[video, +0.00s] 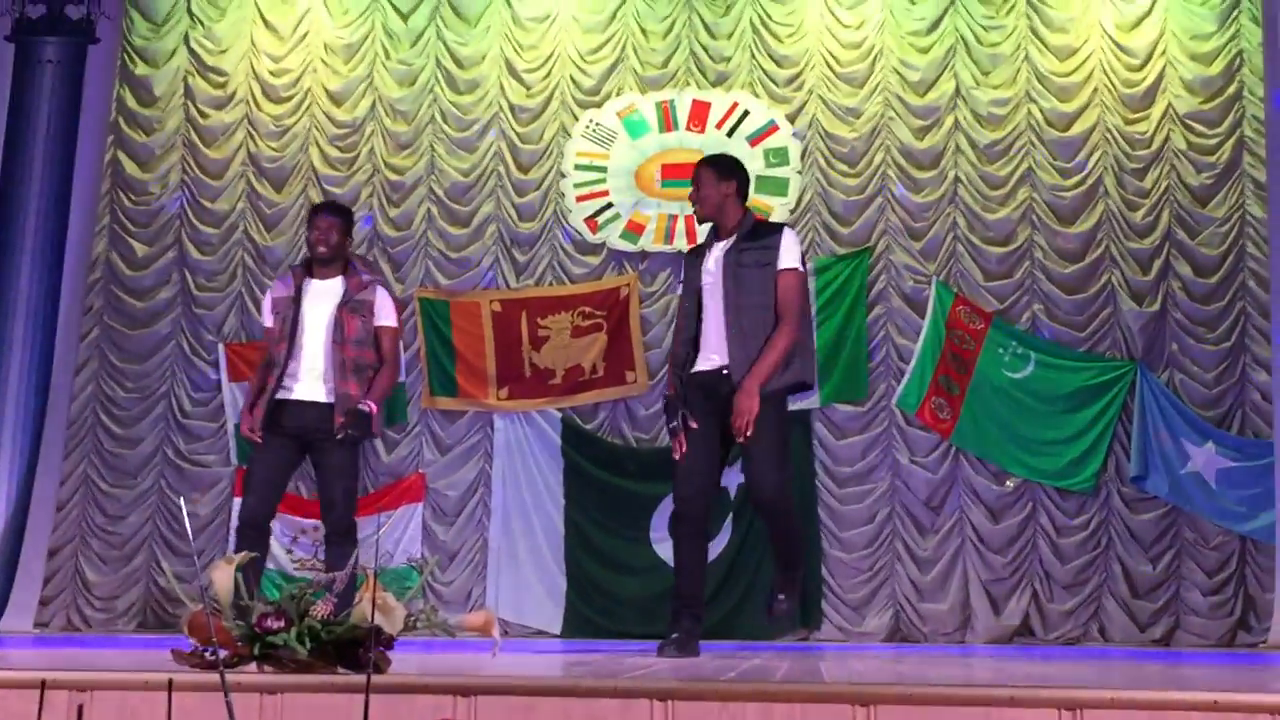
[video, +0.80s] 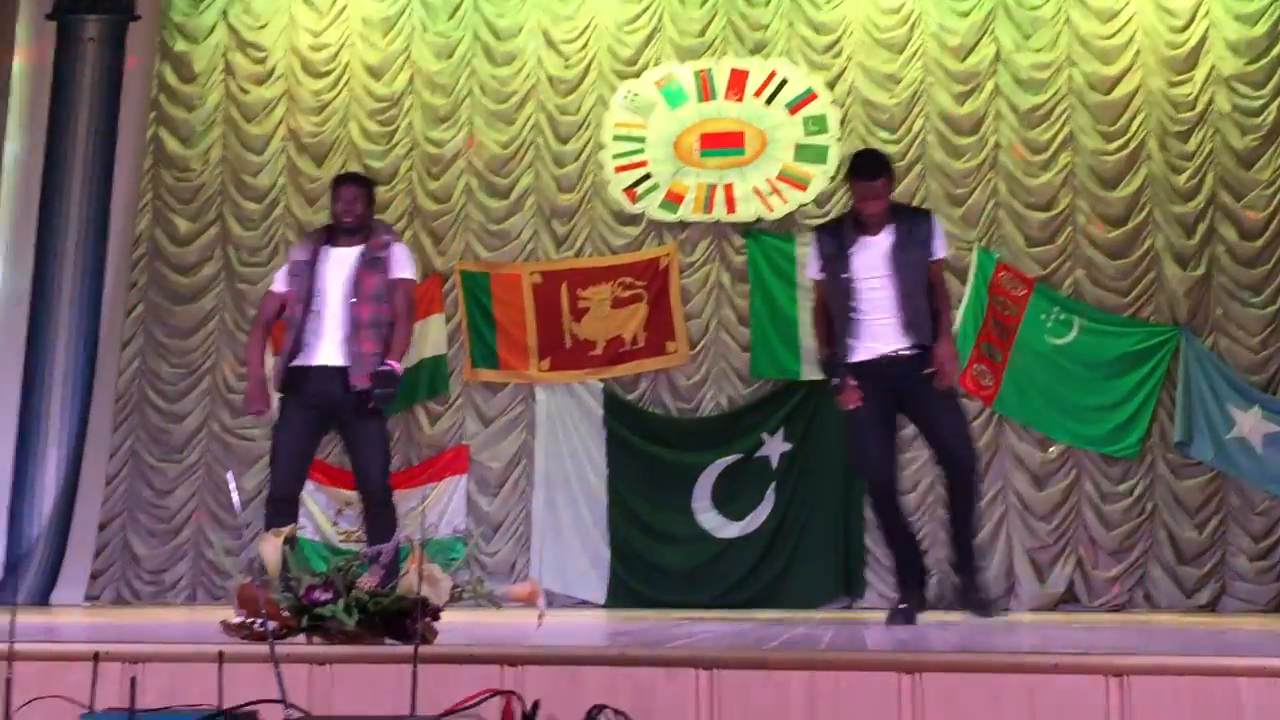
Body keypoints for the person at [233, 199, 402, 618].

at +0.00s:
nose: (321, 238)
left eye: (331, 231)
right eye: (315, 230)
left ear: (347, 239)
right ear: (306, 236)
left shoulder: (372, 293)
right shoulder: (283, 288)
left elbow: (391, 362)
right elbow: (272, 357)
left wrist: (368, 406)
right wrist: (254, 404)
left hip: (338, 421)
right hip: (281, 418)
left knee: (339, 523)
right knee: (253, 515)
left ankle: (338, 621)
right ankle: (241, 615)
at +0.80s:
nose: (348, 207)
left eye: (356, 201)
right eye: (342, 200)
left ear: (371, 207)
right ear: (331, 205)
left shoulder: (390, 249)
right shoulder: (305, 253)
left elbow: (404, 310)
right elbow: (262, 320)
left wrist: (392, 364)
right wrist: (254, 381)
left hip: (360, 384)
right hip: (304, 385)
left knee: (376, 491)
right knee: (282, 489)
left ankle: (383, 590)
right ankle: (276, 591)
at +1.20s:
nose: (345, 167)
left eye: (353, 160)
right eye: (337, 159)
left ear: (366, 165)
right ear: (327, 163)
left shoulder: (388, 213)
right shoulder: (301, 219)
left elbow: (411, 269)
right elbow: (276, 282)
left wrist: (428, 325)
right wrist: (251, 332)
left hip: (371, 339)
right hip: (315, 341)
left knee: (394, 432)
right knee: (299, 439)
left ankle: (411, 529)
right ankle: (306, 531)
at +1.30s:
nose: (364, 179)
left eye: (372, 172)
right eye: (357, 172)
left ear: (387, 177)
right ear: (347, 178)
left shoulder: (406, 220)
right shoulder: (328, 227)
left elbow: (424, 280)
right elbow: (302, 291)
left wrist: (435, 337)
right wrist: (277, 345)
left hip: (386, 352)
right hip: (332, 353)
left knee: (406, 446)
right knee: (309, 448)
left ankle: (426, 541)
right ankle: (317, 545)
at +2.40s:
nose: (408, 191)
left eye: (417, 184)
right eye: (403, 184)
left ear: (435, 187)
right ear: (395, 187)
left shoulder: (459, 238)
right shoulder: (373, 233)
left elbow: (467, 297)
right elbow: (346, 282)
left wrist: (417, 301)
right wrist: (381, 290)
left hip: (431, 358)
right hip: (377, 354)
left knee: (439, 451)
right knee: (354, 449)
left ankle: (440, 544)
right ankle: (342, 542)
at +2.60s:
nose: (421, 180)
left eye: (429, 174)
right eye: (416, 174)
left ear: (445, 183)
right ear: (408, 181)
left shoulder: (468, 231)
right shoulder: (389, 227)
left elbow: (481, 294)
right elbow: (331, 235)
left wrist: (439, 326)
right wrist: (360, 225)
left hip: (450, 354)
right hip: (394, 351)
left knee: (461, 451)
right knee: (373, 449)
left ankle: (464, 547)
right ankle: (350, 543)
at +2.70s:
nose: (408, 176)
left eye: (417, 170)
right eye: (404, 169)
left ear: (435, 179)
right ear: (395, 175)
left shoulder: (456, 232)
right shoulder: (372, 217)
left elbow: (473, 300)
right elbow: (309, 192)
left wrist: (444, 333)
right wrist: (339, 178)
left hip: (437, 354)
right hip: (382, 351)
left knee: (452, 454)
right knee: (362, 452)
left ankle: (461, 550)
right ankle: (343, 547)